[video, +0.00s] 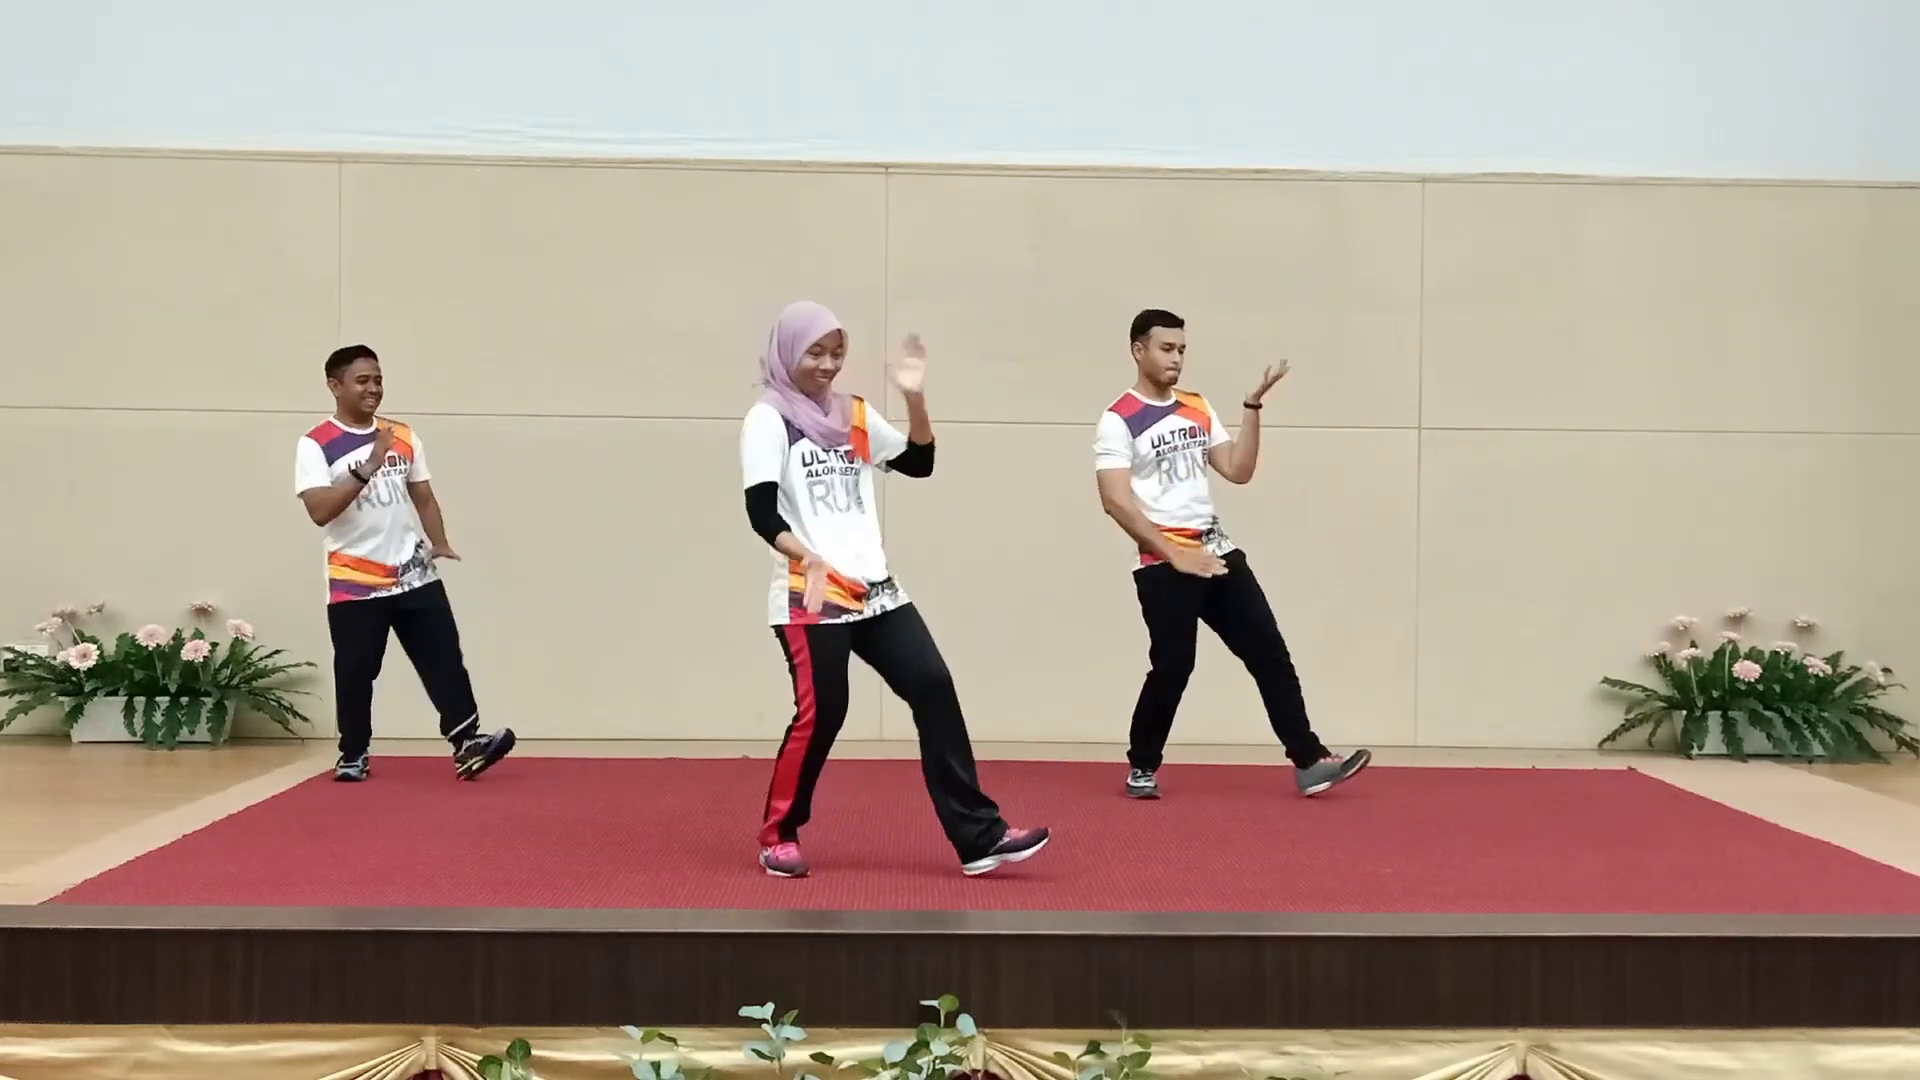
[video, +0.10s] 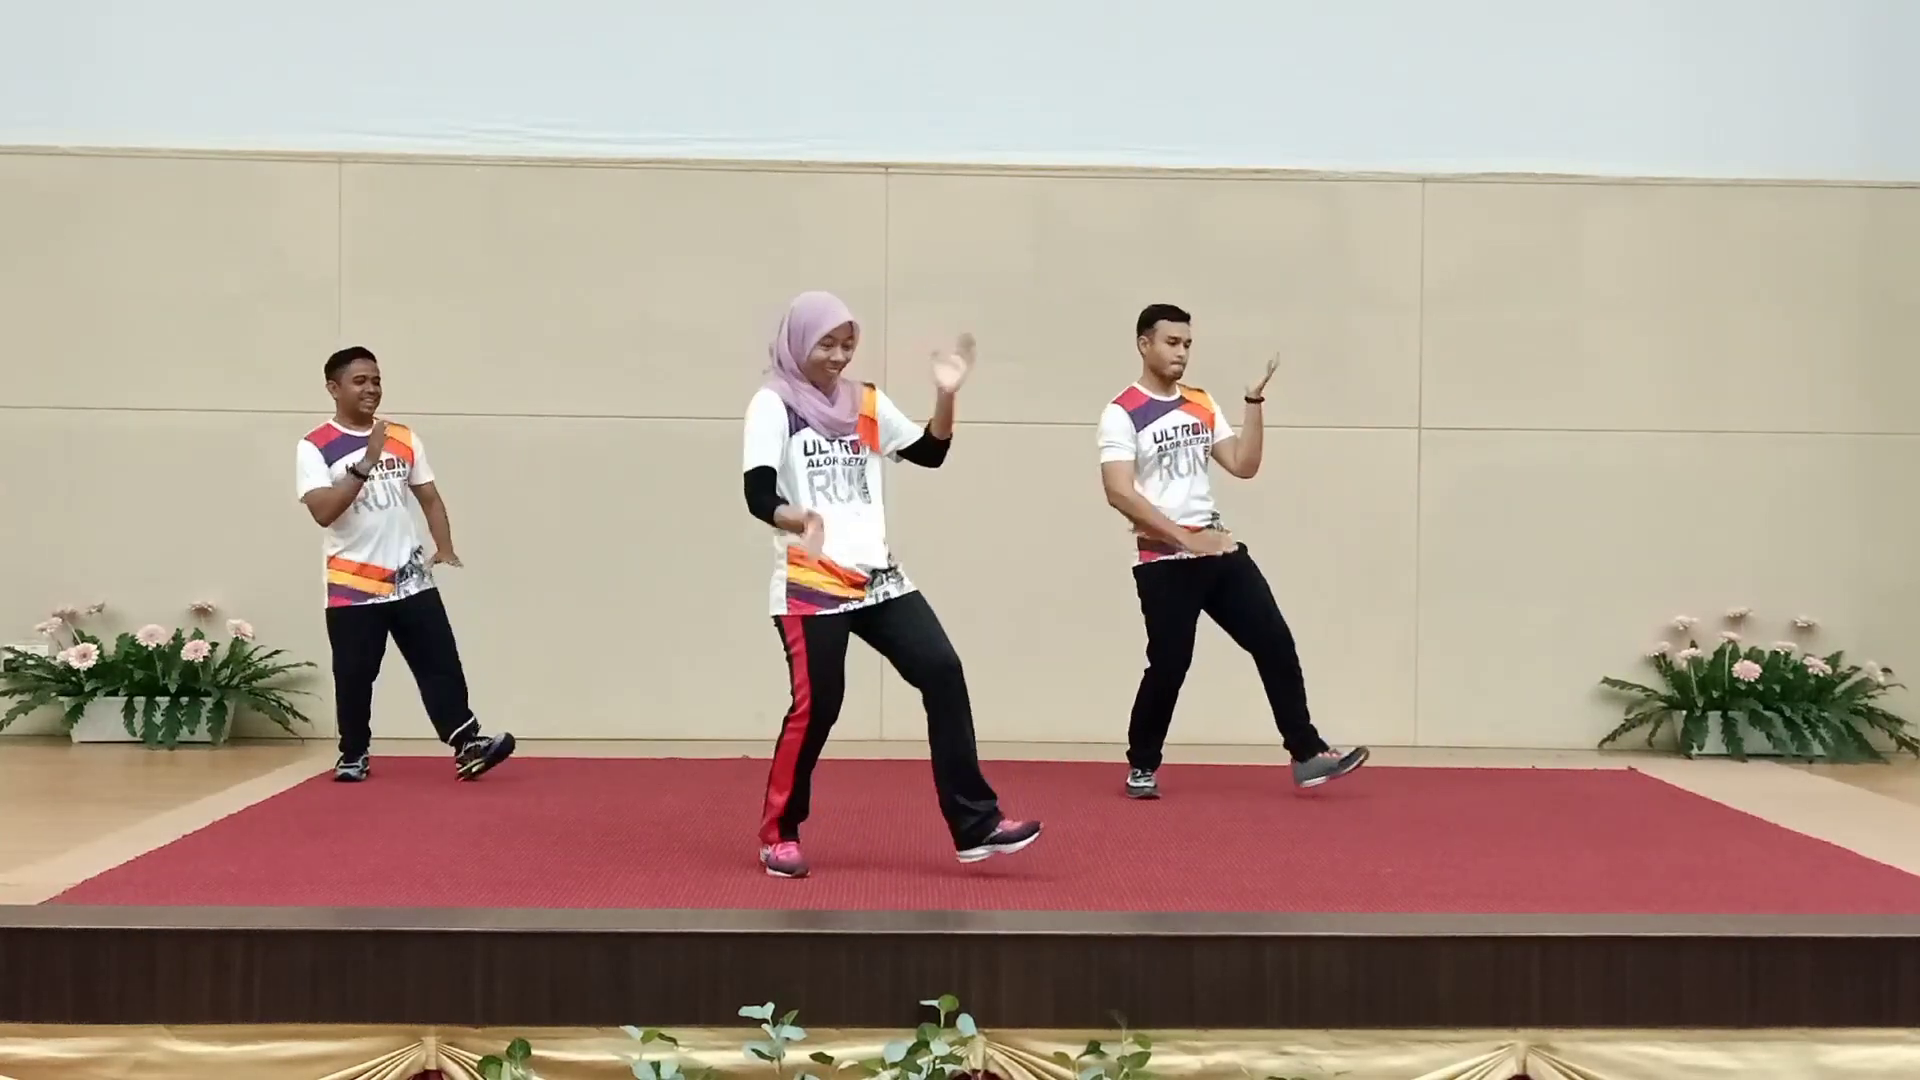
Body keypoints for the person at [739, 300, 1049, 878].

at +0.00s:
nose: (831, 363)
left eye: (837, 352)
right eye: (819, 352)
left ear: (842, 354)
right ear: (787, 354)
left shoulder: (851, 413)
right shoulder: (768, 419)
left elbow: (920, 463)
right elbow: (762, 513)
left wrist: (914, 399)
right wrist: (807, 559)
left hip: (875, 591)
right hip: (810, 599)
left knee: (934, 689)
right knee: (822, 711)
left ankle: (979, 840)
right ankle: (779, 837)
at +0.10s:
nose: (841, 354)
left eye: (847, 343)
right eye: (830, 343)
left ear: (853, 343)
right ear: (797, 343)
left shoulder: (867, 401)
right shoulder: (773, 404)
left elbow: (929, 453)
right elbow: (760, 496)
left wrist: (945, 398)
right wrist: (799, 519)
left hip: (876, 577)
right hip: (809, 583)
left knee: (944, 675)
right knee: (817, 702)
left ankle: (974, 827)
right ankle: (780, 835)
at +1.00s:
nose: (1063, 337)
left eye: (1075, 328)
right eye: (1051, 327)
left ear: (1090, 343)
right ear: (1034, 340)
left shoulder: (1109, 413)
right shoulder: (1006, 406)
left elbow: (1150, 479)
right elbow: (982, 491)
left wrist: (1133, 403)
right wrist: (988, 523)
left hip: (1082, 582)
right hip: (1013, 584)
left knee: (1046, 698)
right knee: (1026, 716)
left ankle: (1012, 848)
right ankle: (1097, 835)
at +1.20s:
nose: (1107, 341)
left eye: (1119, 331)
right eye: (1096, 331)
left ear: (1137, 343)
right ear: (1080, 341)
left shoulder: (1162, 408)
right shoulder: (1053, 404)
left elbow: (1190, 477)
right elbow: (1030, 486)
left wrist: (1159, 409)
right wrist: (1033, 550)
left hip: (1131, 577)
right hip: (1061, 579)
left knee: (1109, 677)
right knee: (1052, 695)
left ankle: (1103, 836)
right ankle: (1086, 829)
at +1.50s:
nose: (1189, 327)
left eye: (1202, 318)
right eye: (1179, 317)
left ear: (1223, 331)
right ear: (1164, 329)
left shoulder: (1246, 398)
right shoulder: (1138, 385)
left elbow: (1282, 461)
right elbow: (1073, 441)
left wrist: (1245, 427)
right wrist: (1067, 421)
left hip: (1208, 580)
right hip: (1134, 575)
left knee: (1236, 702)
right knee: (1107, 696)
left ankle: (1307, 835)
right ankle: (1098, 836)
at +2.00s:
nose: (1280, 349)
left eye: (1292, 339)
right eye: (1273, 340)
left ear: (1320, 349)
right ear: (1266, 350)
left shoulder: (1323, 422)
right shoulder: (1261, 414)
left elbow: (1327, 508)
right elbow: (1203, 456)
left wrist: (1304, 573)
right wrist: (1218, 415)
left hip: (1293, 595)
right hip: (1236, 580)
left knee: (1280, 713)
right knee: (1144, 630)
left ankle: (1314, 841)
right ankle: (1120, 782)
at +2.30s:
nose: (1280, 356)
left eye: (1293, 346)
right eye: (1273, 346)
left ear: (1322, 355)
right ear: (1265, 355)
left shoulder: (1332, 425)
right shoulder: (1252, 412)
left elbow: (1332, 505)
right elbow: (1184, 462)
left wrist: (1291, 536)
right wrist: (1196, 418)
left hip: (1293, 591)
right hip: (1229, 579)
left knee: (1279, 714)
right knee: (1155, 680)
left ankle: (1312, 842)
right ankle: (1123, 830)